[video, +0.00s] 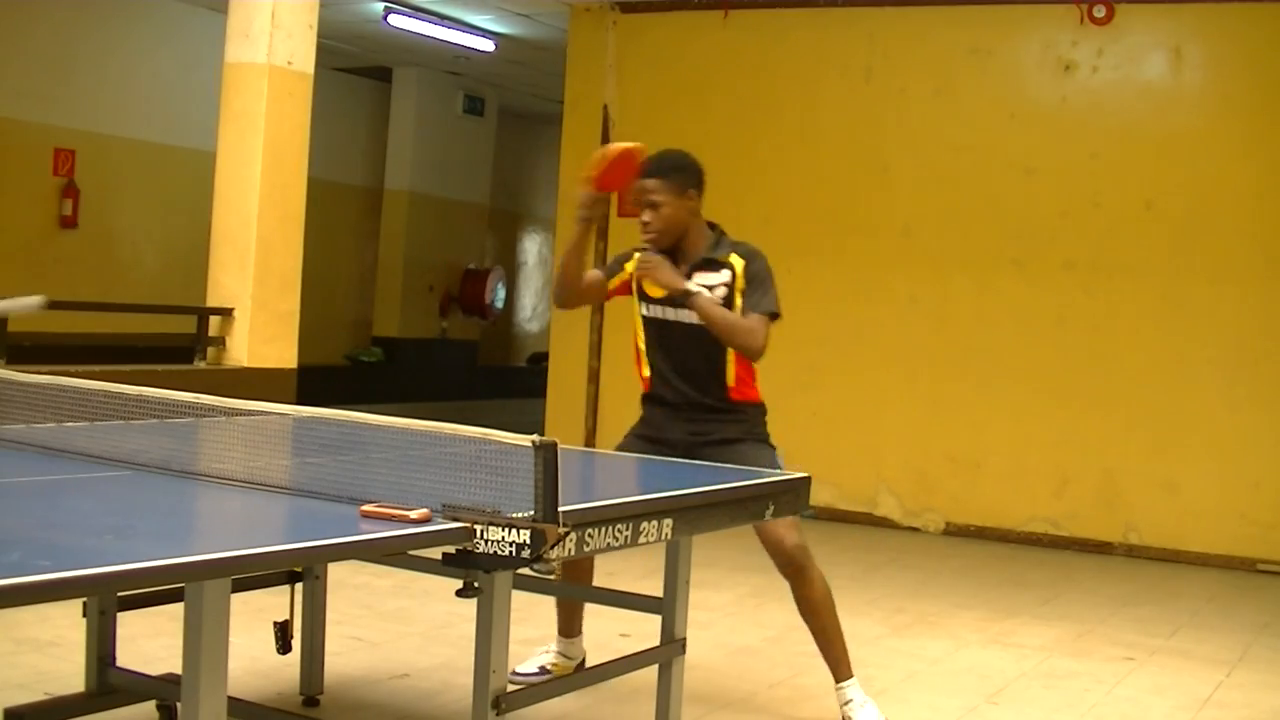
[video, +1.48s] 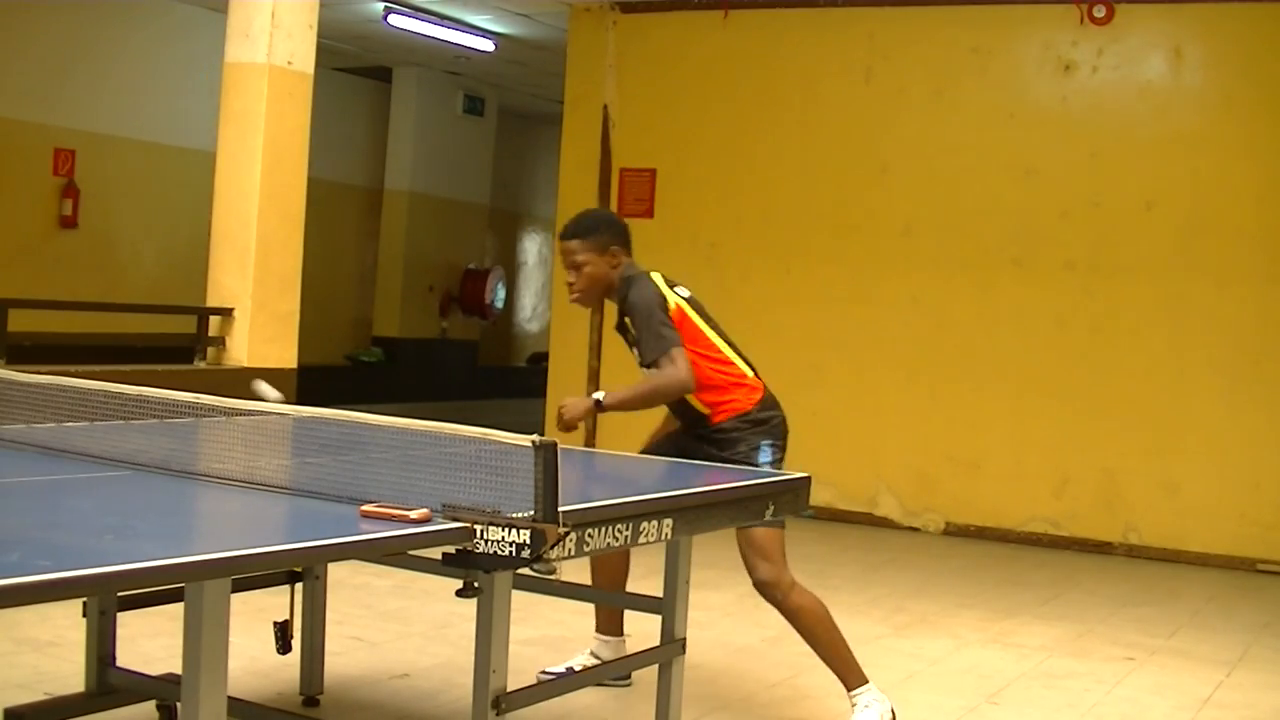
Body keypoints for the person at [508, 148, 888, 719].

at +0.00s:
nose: (642, 218)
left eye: (653, 205)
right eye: (637, 206)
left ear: (693, 202)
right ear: (636, 206)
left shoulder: (742, 262)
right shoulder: (643, 262)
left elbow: (754, 341)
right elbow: (569, 295)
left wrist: (682, 288)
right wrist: (584, 221)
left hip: (734, 435)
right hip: (657, 431)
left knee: (790, 547)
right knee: (575, 521)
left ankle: (849, 692)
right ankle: (567, 652)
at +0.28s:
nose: (730, 212)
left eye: (744, 200)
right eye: (725, 199)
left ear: (778, 200)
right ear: (720, 201)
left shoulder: (825, 259)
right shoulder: (716, 272)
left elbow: (850, 353)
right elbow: (691, 378)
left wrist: (778, 314)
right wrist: (685, 347)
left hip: (825, 420)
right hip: (751, 419)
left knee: (872, 534)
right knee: (665, 520)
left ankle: (908, 680)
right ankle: (647, 657)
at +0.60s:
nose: (774, 295)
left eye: (786, 284)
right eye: (768, 282)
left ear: (824, 275)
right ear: (762, 274)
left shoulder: (875, 313)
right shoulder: (762, 335)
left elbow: (916, 404)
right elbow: (692, 408)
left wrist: (860, 387)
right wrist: (710, 448)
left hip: (889, 451)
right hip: (812, 454)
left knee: (937, 553)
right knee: (719, 543)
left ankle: (964, 703)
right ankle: (692, 667)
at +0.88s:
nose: (773, 241)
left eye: (786, 228)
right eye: (767, 227)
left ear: (822, 224)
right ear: (762, 224)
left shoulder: (867, 281)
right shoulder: (748, 282)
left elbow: (904, 374)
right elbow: (654, 320)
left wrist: (865, 332)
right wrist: (599, 270)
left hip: (856, 437)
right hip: (778, 433)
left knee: (925, 545)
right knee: (687, 531)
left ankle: (931, 704)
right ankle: (664, 658)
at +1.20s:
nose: (666, 206)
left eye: (678, 193)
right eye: (662, 193)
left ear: (716, 193)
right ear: (662, 195)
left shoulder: (759, 242)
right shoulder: (685, 266)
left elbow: (769, 335)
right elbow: (670, 358)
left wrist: (687, 295)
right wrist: (610, 364)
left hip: (796, 410)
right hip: (734, 410)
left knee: (815, 549)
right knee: (653, 508)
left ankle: (878, 690)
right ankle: (625, 647)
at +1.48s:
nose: (569, 281)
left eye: (577, 267)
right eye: (566, 268)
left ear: (615, 258)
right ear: (607, 263)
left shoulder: (641, 292)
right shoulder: (636, 300)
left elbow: (678, 377)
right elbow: (688, 399)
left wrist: (595, 402)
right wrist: (634, 468)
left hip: (749, 429)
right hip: (700, 429)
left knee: (770, 578)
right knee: (606, 510)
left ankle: (867, 698)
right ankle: (609, 653)